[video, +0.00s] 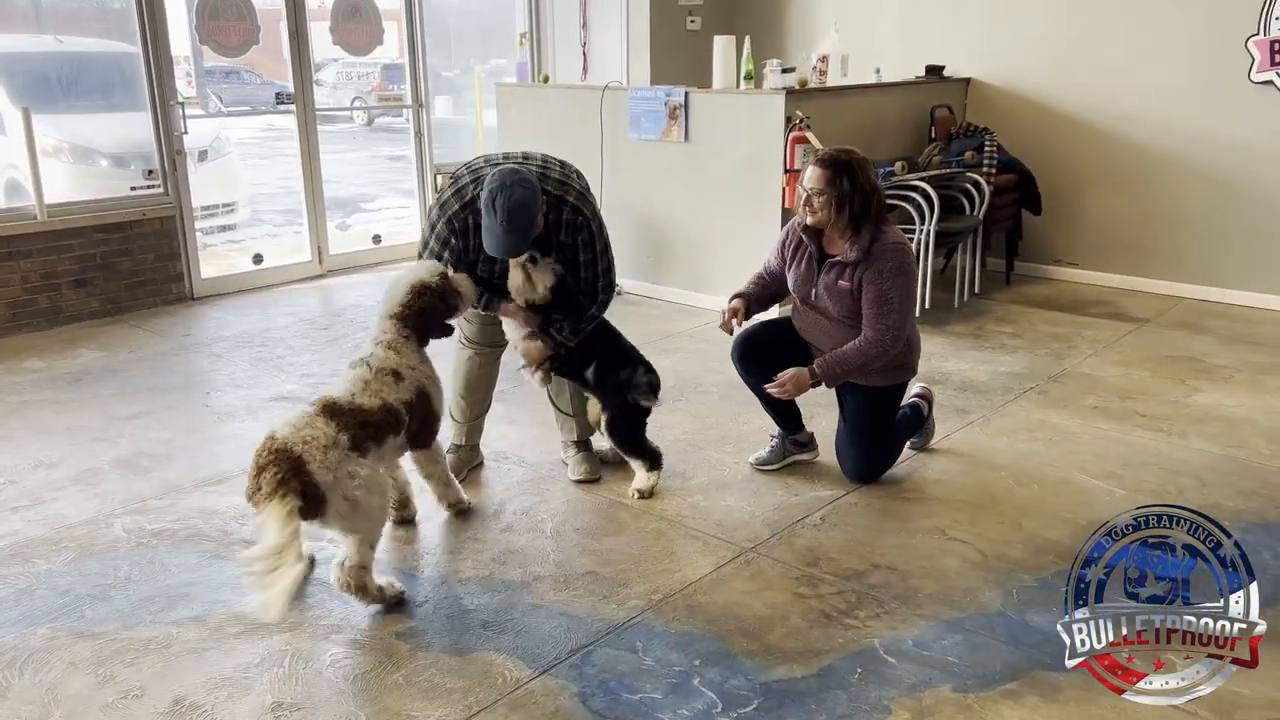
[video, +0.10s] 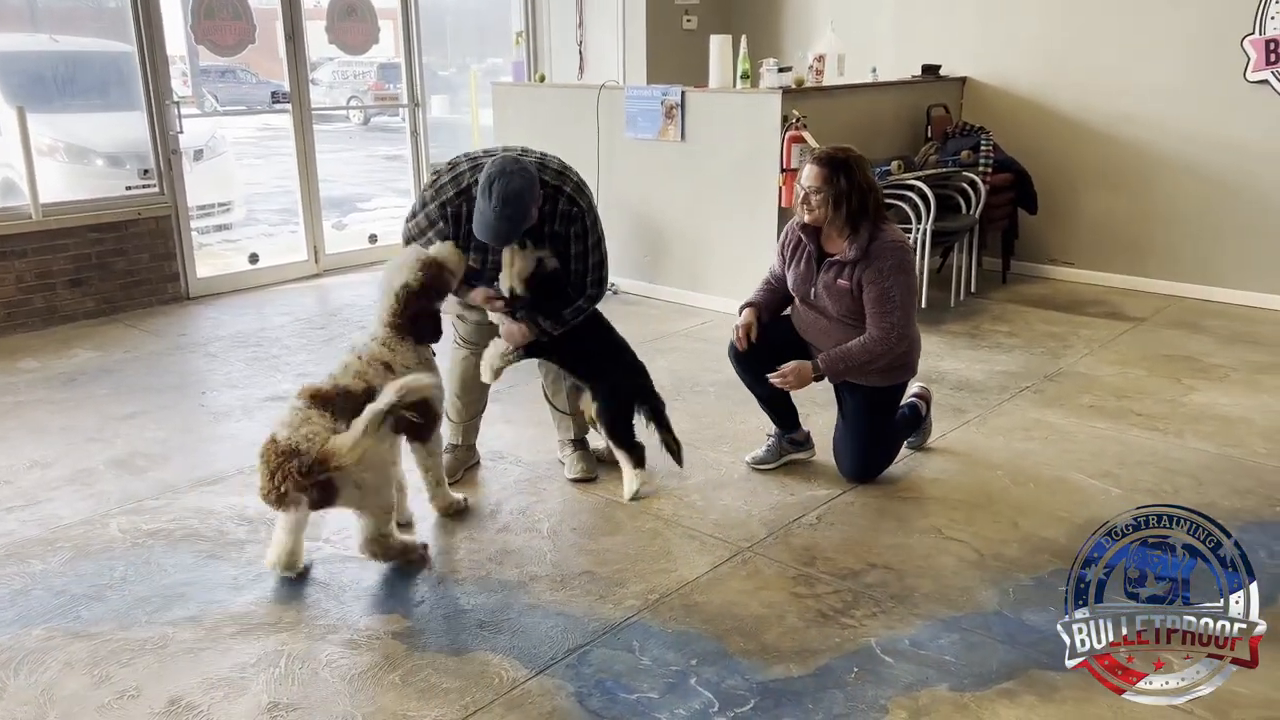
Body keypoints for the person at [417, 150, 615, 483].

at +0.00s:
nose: (512, 255)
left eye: (521, 247)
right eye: (503, 249)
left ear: (540, 216)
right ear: (482, 212)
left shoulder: (576, 209)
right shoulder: (454, 208)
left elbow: (599, 290)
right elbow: (432, 275)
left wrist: (549, 342)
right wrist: (501, 307)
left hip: (556, 262)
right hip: (482, 264)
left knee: (562, 349)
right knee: (477, 343)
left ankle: (577, 445)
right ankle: (463, 446)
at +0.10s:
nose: (504, 244)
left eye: (515, 235)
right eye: (494, 237)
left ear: (536, 205)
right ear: (480, 197)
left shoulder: (573, 202)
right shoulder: (446, 193)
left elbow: (592, 287)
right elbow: (415, 250)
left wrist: (533, 328)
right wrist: (466, 291)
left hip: (549, 278)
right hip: (476, 277)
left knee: (560, 354)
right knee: (467, 353)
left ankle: (573, 444)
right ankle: (459, 447)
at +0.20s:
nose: (498, 232)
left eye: (507, 224)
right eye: (488, 223)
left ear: (531, 196)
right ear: (475, 181)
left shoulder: (569, 199)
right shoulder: (444, 175)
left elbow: (587, 286)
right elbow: (393, 219)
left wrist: (530, 327)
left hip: (543, 280)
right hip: (469, 274)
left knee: (556, 362)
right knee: (466, 356)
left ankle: (570, 444)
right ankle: (457, 447)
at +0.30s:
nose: (485, 212)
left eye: (497, 207)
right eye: (478, 202)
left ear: (525, 187)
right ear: (470, 174)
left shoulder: (562, 193)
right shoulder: (443, 169)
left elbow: (588, 278)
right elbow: (380, 215)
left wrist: (532, 319)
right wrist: (332, 275)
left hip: (539, 289)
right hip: (470, 280)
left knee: (551, 366)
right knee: (464, 355)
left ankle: (568, 446)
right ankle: (454, 446)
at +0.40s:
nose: (494, 200)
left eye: (504, 193)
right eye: (485, 191)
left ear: (524, 169)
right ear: (469, 166)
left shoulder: (555, 182)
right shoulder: (440, 168)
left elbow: (588, 266)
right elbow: (380, 221)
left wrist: (531, 301)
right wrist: (320, 265)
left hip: (537, 282)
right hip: (472, 278)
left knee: (550, 360)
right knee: (461, 352)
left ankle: (570, 449)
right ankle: (452, 446)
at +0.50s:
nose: (486, 188)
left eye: (496, 179)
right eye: (475, 179)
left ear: (514, 157)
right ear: (456, 158)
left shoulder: (546, 167)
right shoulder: (430, 162)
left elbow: (581, 253)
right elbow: (368, 218)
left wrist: (524, 286)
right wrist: (353, 264)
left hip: (536, 279)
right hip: (465, 278)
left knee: (548, 362)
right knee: (462, 347)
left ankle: (564, 447)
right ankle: (450, 451)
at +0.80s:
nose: (470, 215)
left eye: (479, 203)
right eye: (458, 206)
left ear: (500, 169)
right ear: (440, 174)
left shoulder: (539, 170)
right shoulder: (416, 163)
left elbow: (583, 252)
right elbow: (360, 232)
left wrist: (523, 286)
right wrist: (410, 257)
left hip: (524, 277)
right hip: (449, 279)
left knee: (545, 356)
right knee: (449, 361)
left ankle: (563, 446)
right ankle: (441, 456)